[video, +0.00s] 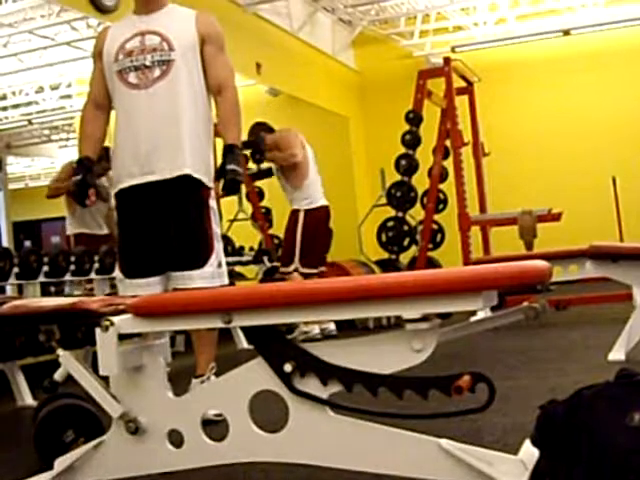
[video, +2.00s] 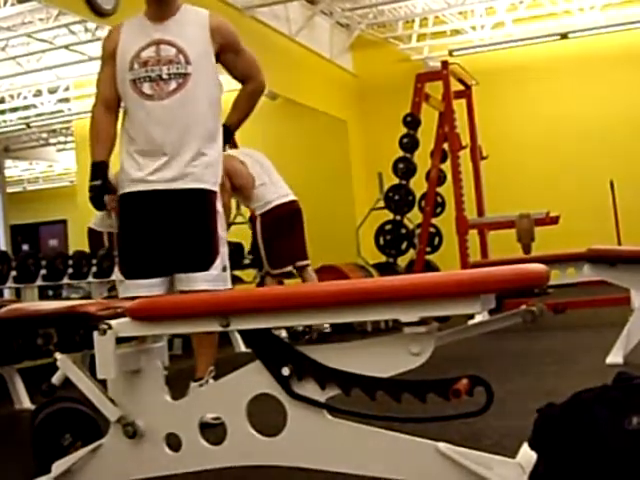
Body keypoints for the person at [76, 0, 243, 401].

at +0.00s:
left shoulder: (200, 24)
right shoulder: (108, 37)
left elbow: (224, 90)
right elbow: (97, 106)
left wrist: (233, 155)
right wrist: (85, 166)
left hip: (187, 170)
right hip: (132, 179)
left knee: (200, 284)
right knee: (142, 290)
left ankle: (205, 377)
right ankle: (150, 383)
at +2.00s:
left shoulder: (212, 29)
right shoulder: (118, 37)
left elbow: (255, 81)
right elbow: (106, 106)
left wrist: (227, 130)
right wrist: (98, 172)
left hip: (197, 176)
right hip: (139, 179)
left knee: (202, 293)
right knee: (141, 297)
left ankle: (204, 385)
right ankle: (148, 388)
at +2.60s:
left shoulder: (207, 29)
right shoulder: (116, 39)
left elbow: (260, 77)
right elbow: (105, 107)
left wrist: (231, 127)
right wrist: (91, 162)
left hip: (192, 180)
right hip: (132, 184)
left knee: (200, 293)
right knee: (131, 297)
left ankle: (203, 384)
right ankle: (139, 388)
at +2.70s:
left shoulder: (202, 27)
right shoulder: (110, 40)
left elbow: (256, 75)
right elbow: (99, 108)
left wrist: (228, 126)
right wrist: (86, 169)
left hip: (188, 182)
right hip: (128, 186)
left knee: (198, 294)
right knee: (122, 298)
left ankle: (203, 385)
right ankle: (130, 391)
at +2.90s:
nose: (92, 10)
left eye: (96, 4)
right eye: (89, 8)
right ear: (98, 2)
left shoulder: (182, 26)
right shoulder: (93, 41)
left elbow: (240, 73)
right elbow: (83, 112)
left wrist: (211, 128)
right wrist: (71, 175)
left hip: (174, 187)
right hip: (113, 191)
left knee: (191, 302)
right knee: (99, 308)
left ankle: (202, 391)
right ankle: (96, 400)